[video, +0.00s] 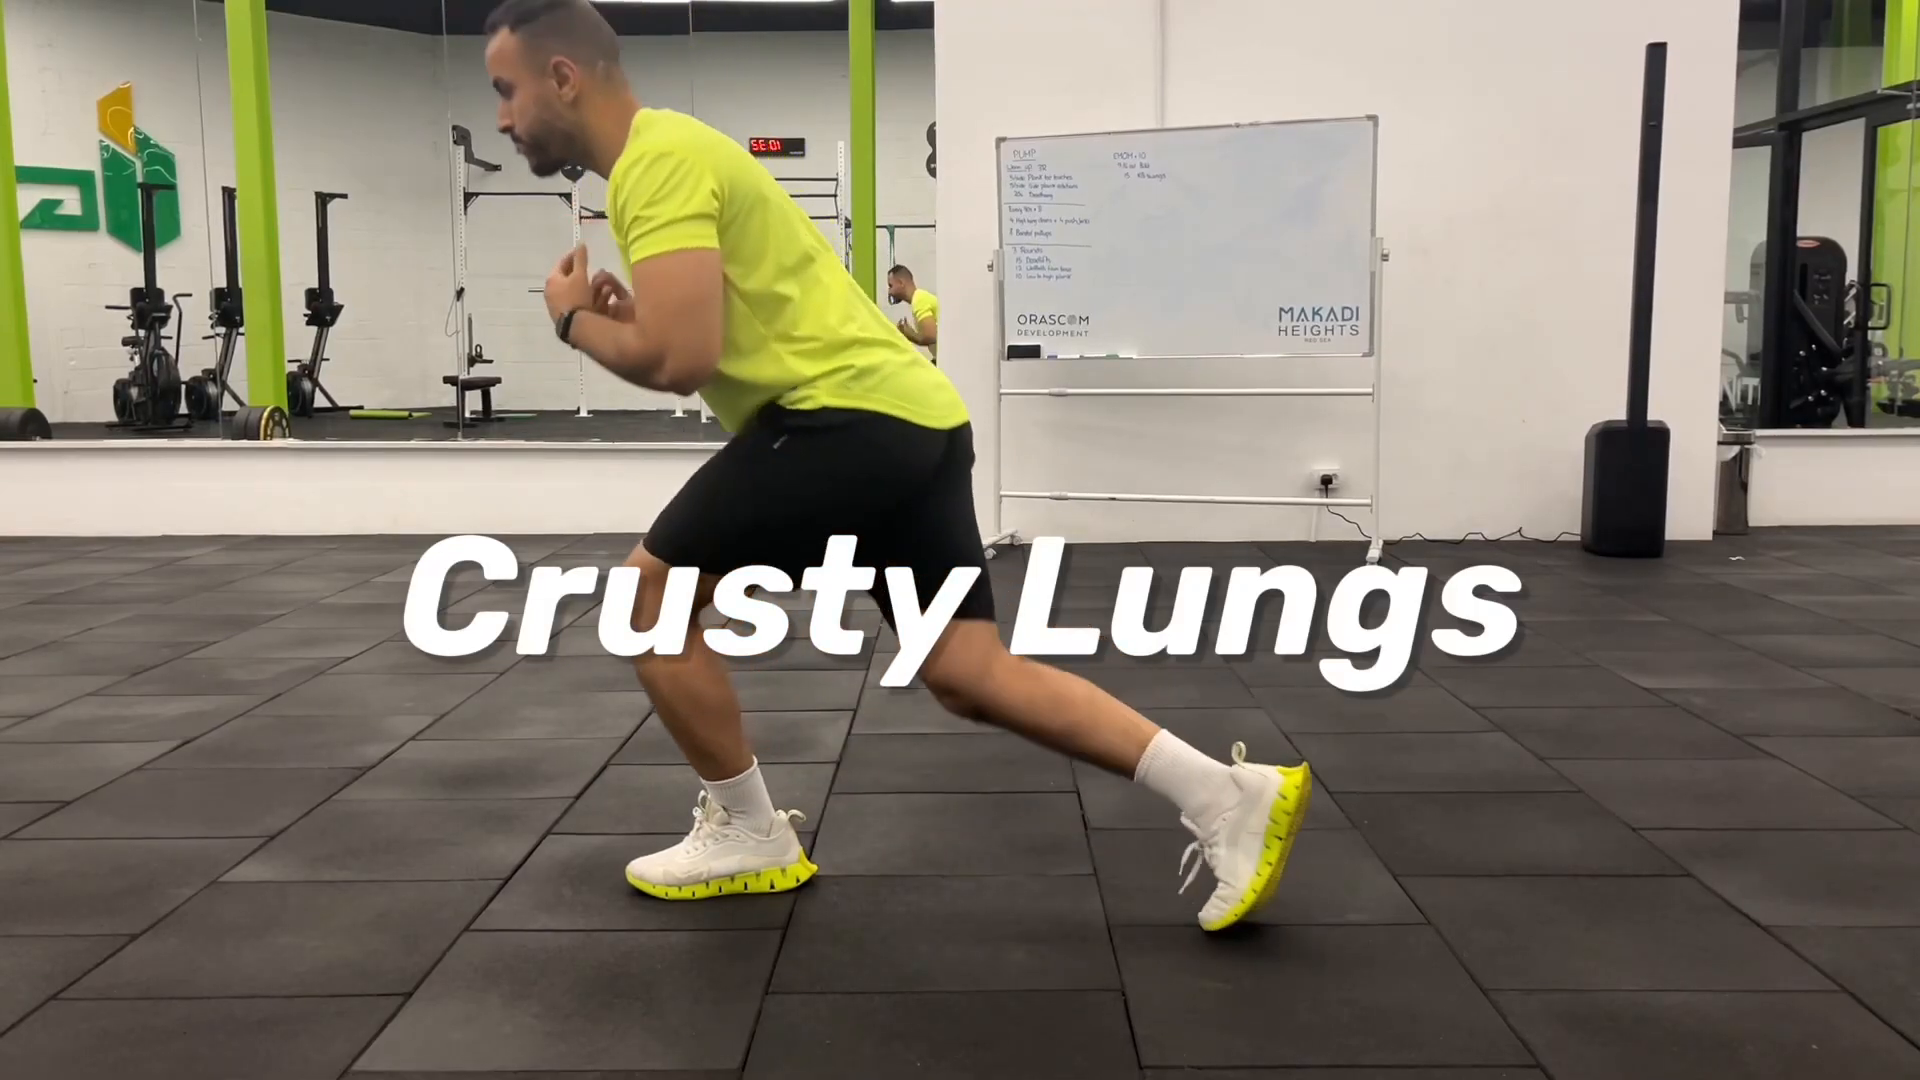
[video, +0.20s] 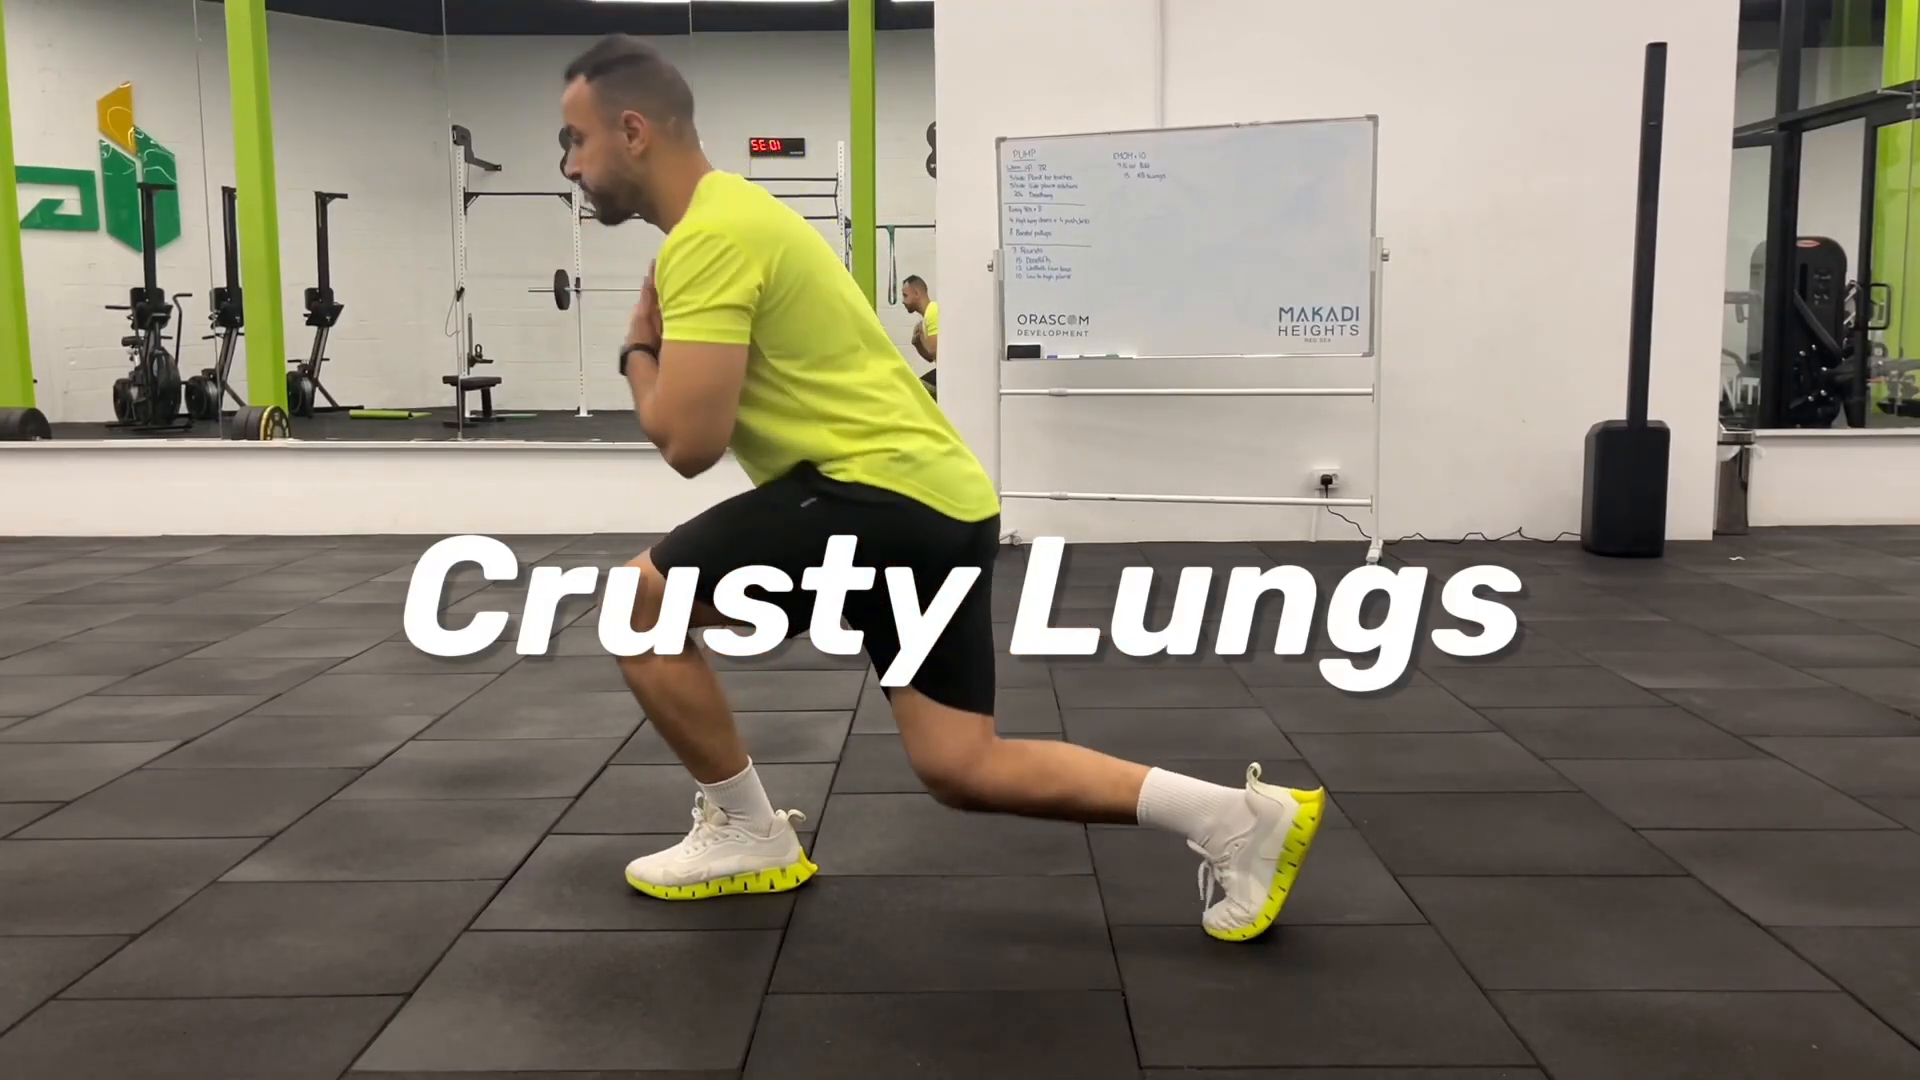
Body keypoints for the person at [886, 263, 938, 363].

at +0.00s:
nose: (889, 292)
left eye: (891, 286)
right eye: (889, 287)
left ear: (901, 283)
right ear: (901, 283)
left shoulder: (920, 301)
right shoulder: (920, 300)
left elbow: (930, 336)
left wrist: (911, 335)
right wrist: (911, 335)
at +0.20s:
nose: (903, 301)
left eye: (905, 296)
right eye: (903, 296)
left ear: (916, 294)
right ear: (917, 294)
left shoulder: (933, 312)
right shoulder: (928, 315)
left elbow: (932, 350)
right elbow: (929, 357)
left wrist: (921, 334)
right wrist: (917, 344)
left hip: (948, 369)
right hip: (943, 369)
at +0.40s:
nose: (911, 306)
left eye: (914, 301)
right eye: (912, 301)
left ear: (925, 300)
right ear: (925, 300)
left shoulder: (938, 323)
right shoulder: (935, 323)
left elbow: (939, 363)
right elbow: (935, 365)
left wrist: (928, 344)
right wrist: (924, 348)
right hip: (938, 377)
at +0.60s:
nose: (916, 308)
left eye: (918, 302)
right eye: (916, 303)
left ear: (930, 301)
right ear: (929, 302)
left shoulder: (943, 330)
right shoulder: (936, 331)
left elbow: (942, 368)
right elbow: (936, 368)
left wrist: (932, 346)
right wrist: (926, 350)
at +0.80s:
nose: (913, 303)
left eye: (916, 298)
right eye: (914, 298)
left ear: (928, 297)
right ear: (928, 297)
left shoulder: (940, 323)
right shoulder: (935, 324)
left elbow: (941, 363)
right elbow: (935, 364)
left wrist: (930, 342)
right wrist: (925, 346)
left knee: (932, 377)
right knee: (931, 377)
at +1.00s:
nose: (902, 293)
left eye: (904, 287)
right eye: (902, 288)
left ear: (916, 285)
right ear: (915, 285)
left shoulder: (932, 302)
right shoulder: (927, 307)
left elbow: (932, 340)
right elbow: (928, 350)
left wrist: (920, 327)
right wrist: (916, 332)